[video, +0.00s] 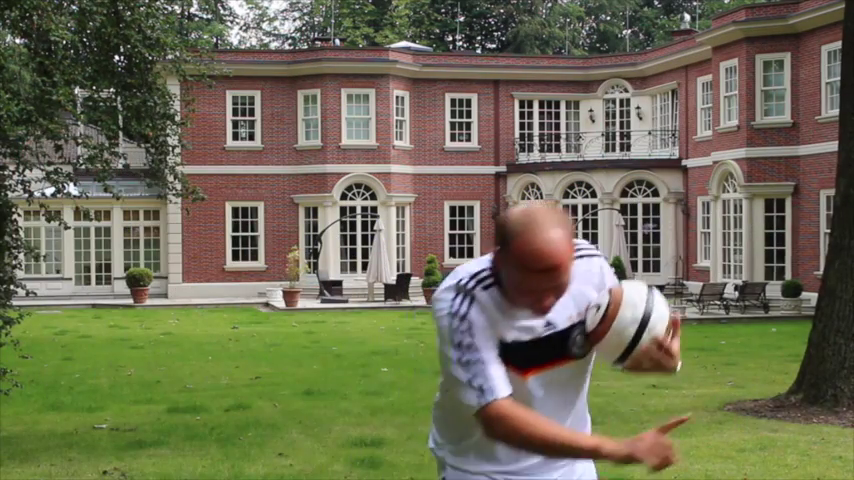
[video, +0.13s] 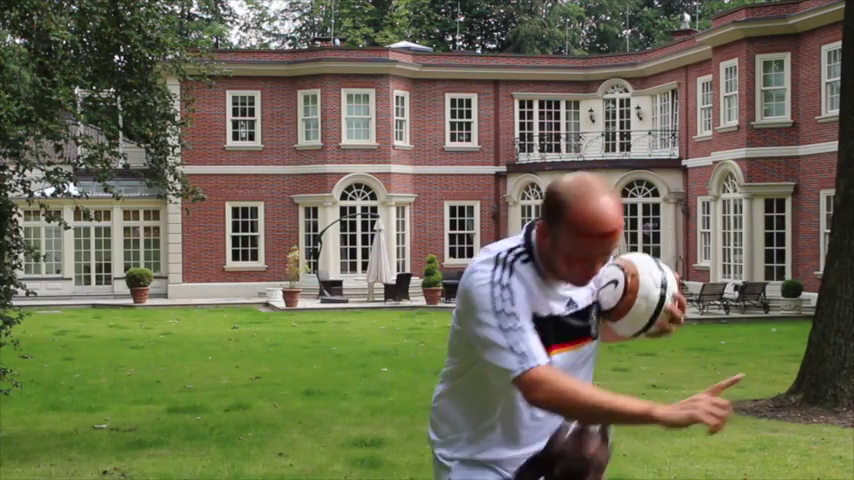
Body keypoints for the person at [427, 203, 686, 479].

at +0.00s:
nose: (546, 302)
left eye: (556, 288)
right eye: (532, 291)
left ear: (571, 259)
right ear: (500, 263)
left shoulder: (590, 268)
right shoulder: (462, 301)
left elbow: (626, 330)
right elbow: (497, 418)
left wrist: (663, 359)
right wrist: (614, 448)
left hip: (568, 463)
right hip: (480, 466)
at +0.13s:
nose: (596, 268)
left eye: (605, 256)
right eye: (584, 258)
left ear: (614, 236)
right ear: (543, 234)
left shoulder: (596, 269)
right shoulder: (492, 279)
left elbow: (594, 325)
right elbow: (538, 386)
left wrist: (651, 318)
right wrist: (661, 412)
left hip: (555, 452)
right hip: (479, 461)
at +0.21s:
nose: (607, 252)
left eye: (617, 240)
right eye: (596, 240)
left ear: (625, 221)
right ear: (556, 216)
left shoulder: (582, 256)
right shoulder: (505, 268)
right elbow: (575, 369)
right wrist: (700, 396)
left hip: (553, 453)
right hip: (481, 460)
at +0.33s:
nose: (614, 233)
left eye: (620, 220)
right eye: (607, 222)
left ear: (565, 202)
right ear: (565, 207)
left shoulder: (545, 238)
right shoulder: (518, 264)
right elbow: (619, 354)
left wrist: (588, 262)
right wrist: (745, 366)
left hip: (543, 457)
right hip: (480, 461)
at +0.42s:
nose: (605, 225)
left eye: (609, 214)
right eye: (601, 214)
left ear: (562, 201)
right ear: (565, 207)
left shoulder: (528, 235)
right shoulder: (516, 267)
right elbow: (625, 352)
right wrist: (745, 354)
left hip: (543, 438)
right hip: (488, 450)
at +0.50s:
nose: (598, 221)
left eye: (602, 209)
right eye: (597, 208)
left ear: (550, 197)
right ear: (564, 204)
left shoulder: (479, 226)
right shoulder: (522, 266)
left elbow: (434, 289)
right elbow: (625, 356)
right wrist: (724, 358)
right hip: (492, 445)